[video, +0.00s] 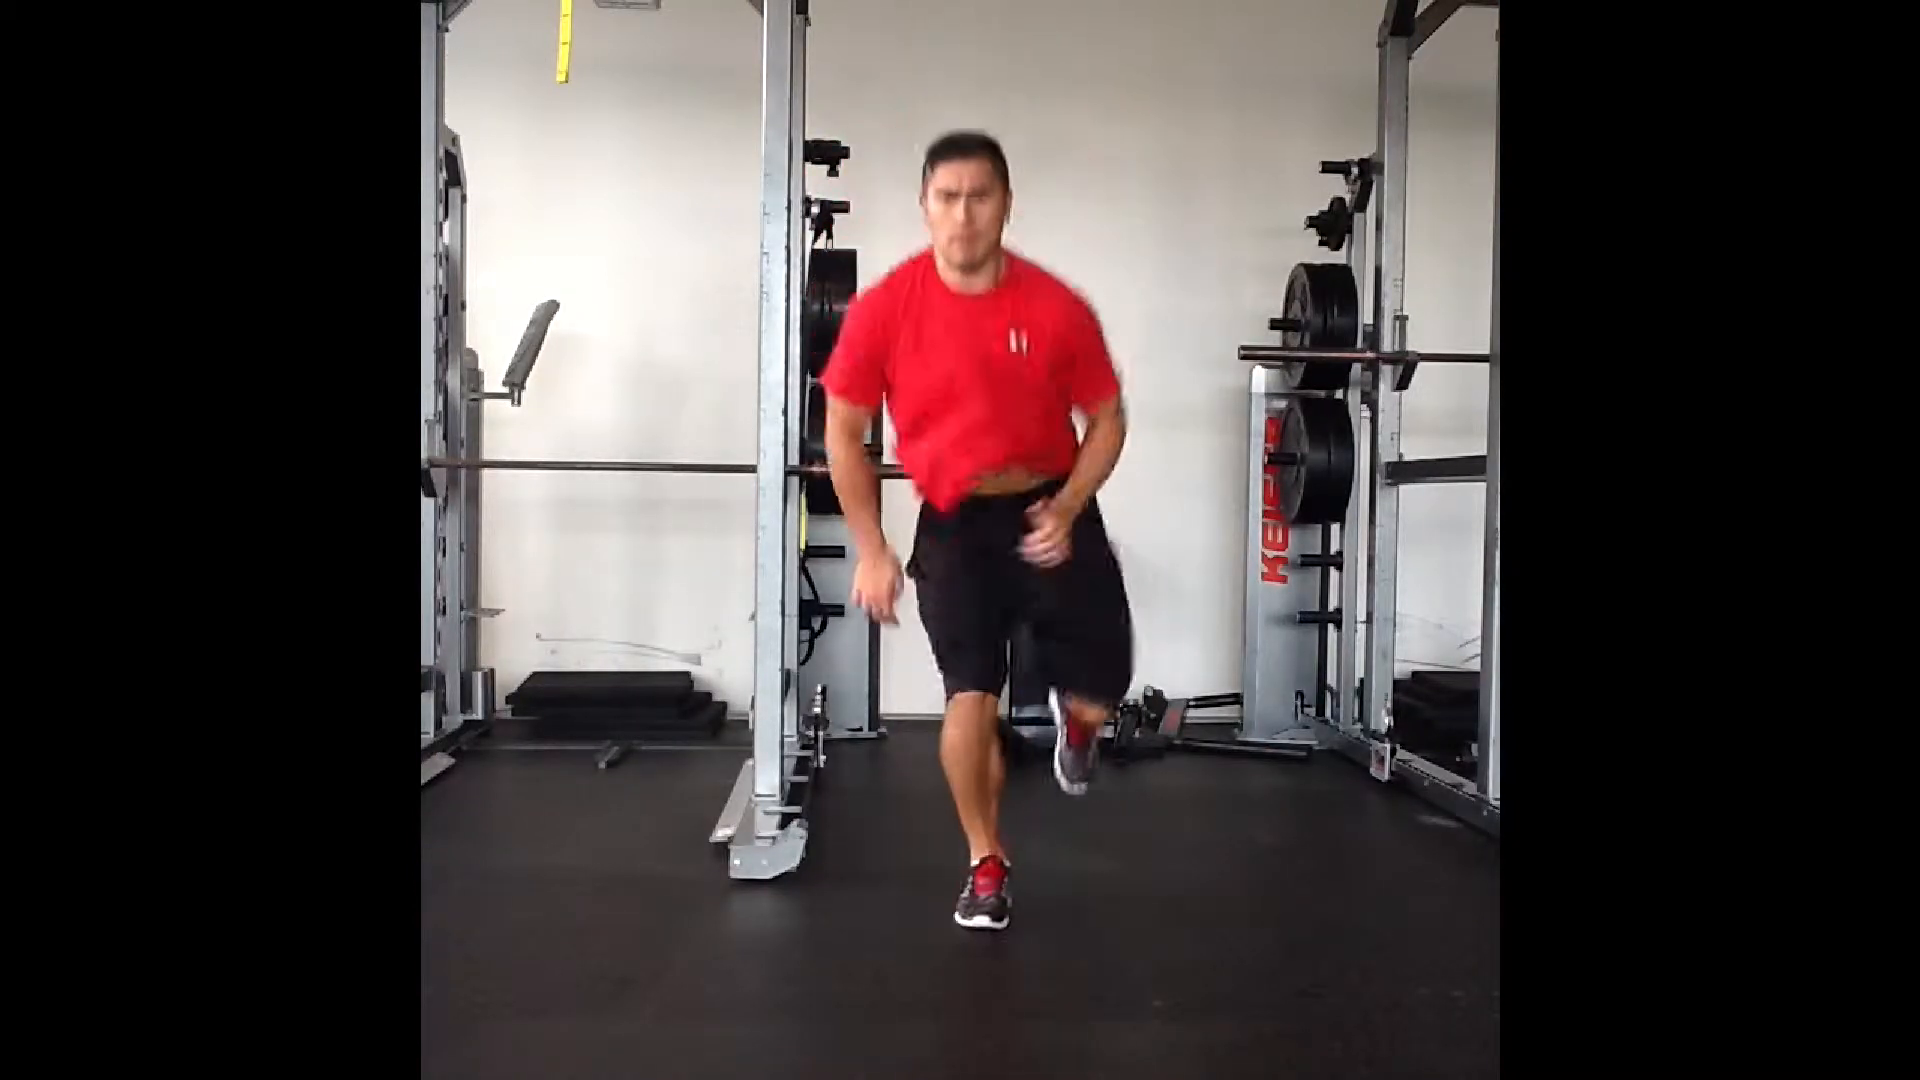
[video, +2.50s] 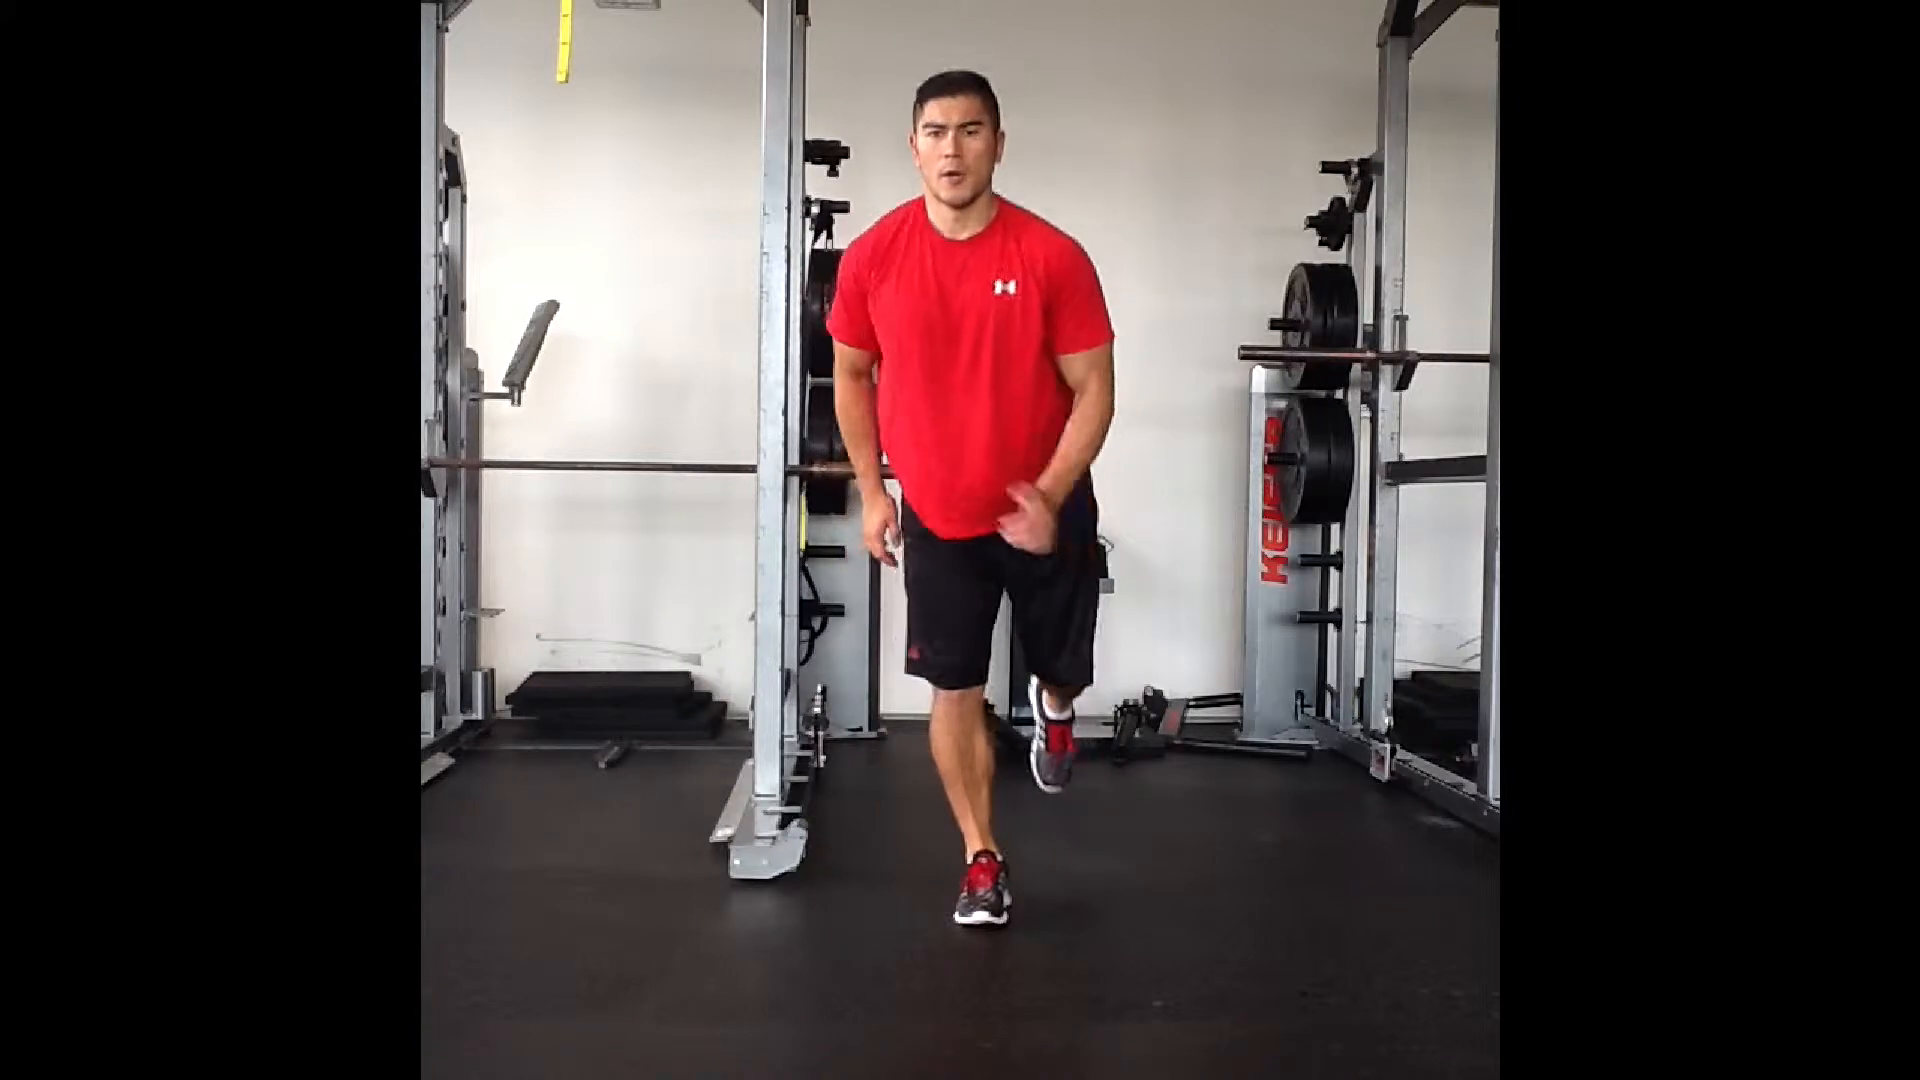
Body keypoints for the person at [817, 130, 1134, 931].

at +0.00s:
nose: (963, 213)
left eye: (978, 197)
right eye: (947, 198)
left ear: (1005, 207)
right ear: (926, 209)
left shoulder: (1057, 308)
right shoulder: (883, 310)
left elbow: (1108, 421)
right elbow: (844, 429)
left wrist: (1066, 506)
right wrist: (871, 549)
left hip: (1056, 510)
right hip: (956, 521)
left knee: (1098, 690)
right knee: (971, 693)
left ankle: (1077, 725)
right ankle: (985, 863)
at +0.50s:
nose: (951, 268)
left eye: (968, 249)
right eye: (933, 250)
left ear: (993, 258)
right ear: (909, 260)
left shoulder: (1042, 357)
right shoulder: (870, 350)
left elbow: (1053, 492)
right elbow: (851, 411)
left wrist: (977, 416)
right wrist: (859, 464)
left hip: (1049, 552)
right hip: (943, 558)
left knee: (1065, 710)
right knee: (957, 698)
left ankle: (1067, 752)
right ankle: (981, 860)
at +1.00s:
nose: (918, 150)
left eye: (933, 132)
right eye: (899, 136)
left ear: (958, 143)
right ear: (878, 155)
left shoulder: (1027, 242)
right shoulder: (854, 275)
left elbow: (1099, 361)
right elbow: (860, 412)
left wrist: (1123, 478)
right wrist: (872, 524)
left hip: (1061, 488)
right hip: (954, 506)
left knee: (1116, 661)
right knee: (968, 684)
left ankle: (1143, 728)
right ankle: (985, 860)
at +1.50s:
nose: (951, 125)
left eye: (968, 108)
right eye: (935, 109)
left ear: (996, 118)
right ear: (914, 122)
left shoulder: (1052, 227)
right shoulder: (873, 238)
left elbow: (1095, 355)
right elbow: (853, 374)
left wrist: (1111, 476)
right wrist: (856, 498)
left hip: (1046, 485)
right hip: (935, 496)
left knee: (1075, 668)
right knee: (957, 681)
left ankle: (1092, 760)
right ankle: (981, 859)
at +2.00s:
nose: (958, 121)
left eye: (975, 105)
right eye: (942, 105)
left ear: (1002, 118)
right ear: (920, 120)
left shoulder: (1056, 230)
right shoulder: (876, 238)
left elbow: (1097, 358)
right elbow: (853, 373)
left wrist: (1111, 482)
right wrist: (858, 494)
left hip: (1047, 488)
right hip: (936, 498)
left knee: (1072, 672)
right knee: (960, 683)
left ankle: (1081, 762)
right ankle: (983, 858)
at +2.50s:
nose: (951, 147)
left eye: (969, 130)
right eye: (935, 131)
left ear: (997, 144)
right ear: (913, 146)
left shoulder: (1053, 259)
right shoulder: (870, 260)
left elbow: (1096, 390)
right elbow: (851, 374)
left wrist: (1051, 495)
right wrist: (871, 491)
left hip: (1047, 506)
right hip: (939, 514)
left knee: (1061, 662)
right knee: (953, 684)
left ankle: (1056, 718)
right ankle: (980, 858)